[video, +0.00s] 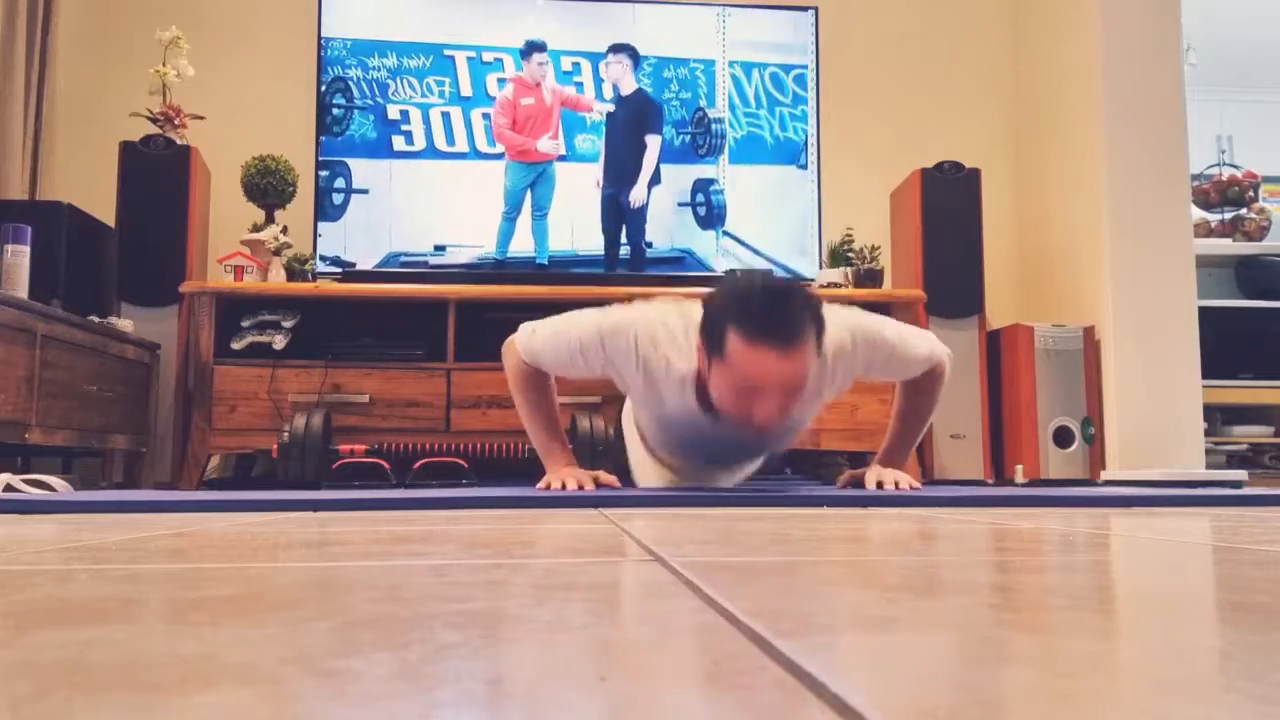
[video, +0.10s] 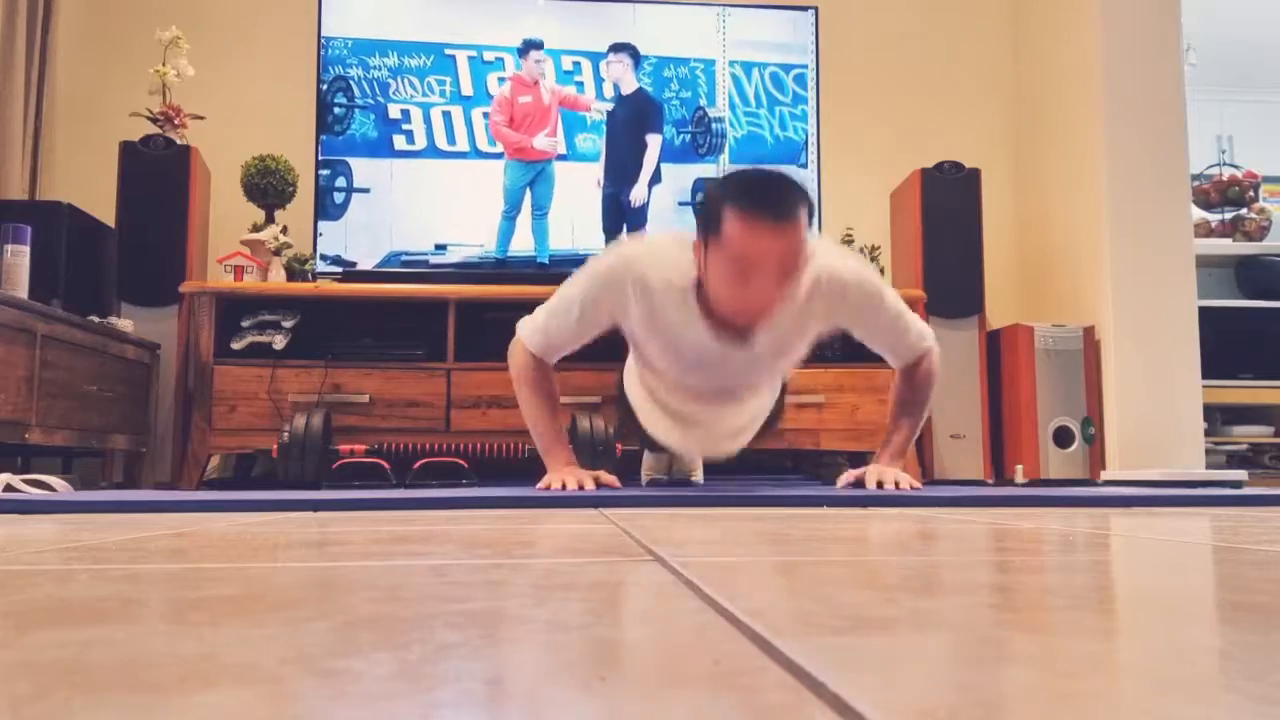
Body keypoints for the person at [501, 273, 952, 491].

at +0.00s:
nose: (768, 411)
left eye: (787, 392)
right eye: (748, 391)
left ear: (813, 362)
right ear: (705, 359)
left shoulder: (838, 341)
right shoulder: (640, 339)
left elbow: (932, 360)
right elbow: (519, 352)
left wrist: (889, 462)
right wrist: (559, 463)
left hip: (750, 470)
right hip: (650, 469)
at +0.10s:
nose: (761, 294)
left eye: (781, 274)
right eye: (742, 271)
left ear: (802, 259)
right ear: (701, 253)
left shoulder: (835, 277)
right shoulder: (633, 269)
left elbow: (920, 353)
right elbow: (527, 351)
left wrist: (891, 459)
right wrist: (560, 463)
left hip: (747, 421)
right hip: (656, 413)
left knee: (718, 450)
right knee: (663, 444)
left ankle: (695, 460)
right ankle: (667, 462)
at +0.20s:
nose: (755, 150)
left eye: (774, 129)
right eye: (736, 127)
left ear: (791, 124)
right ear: (697, 111)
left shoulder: (819, 181)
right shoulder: (635, 172)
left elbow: (871, 315)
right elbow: (581, 310)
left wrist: (886, 452)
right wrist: (565, 452)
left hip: (749, 346)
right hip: (652, 341)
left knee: (705, 416)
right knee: (653, 413)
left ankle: (686, 440)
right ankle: (656, 440)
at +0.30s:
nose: (756, 98)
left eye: (775, 75)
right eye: (735, 74)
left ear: (791, 69)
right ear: (694, 61)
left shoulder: (817, 143)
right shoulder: (637, 130)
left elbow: (893, 263)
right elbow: (552, 262)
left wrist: (908, 386)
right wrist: (527, 387)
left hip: (745, 329)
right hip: (652, 323)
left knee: (701, 409)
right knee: (654, 406)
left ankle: (685, 435)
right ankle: (656, 441)